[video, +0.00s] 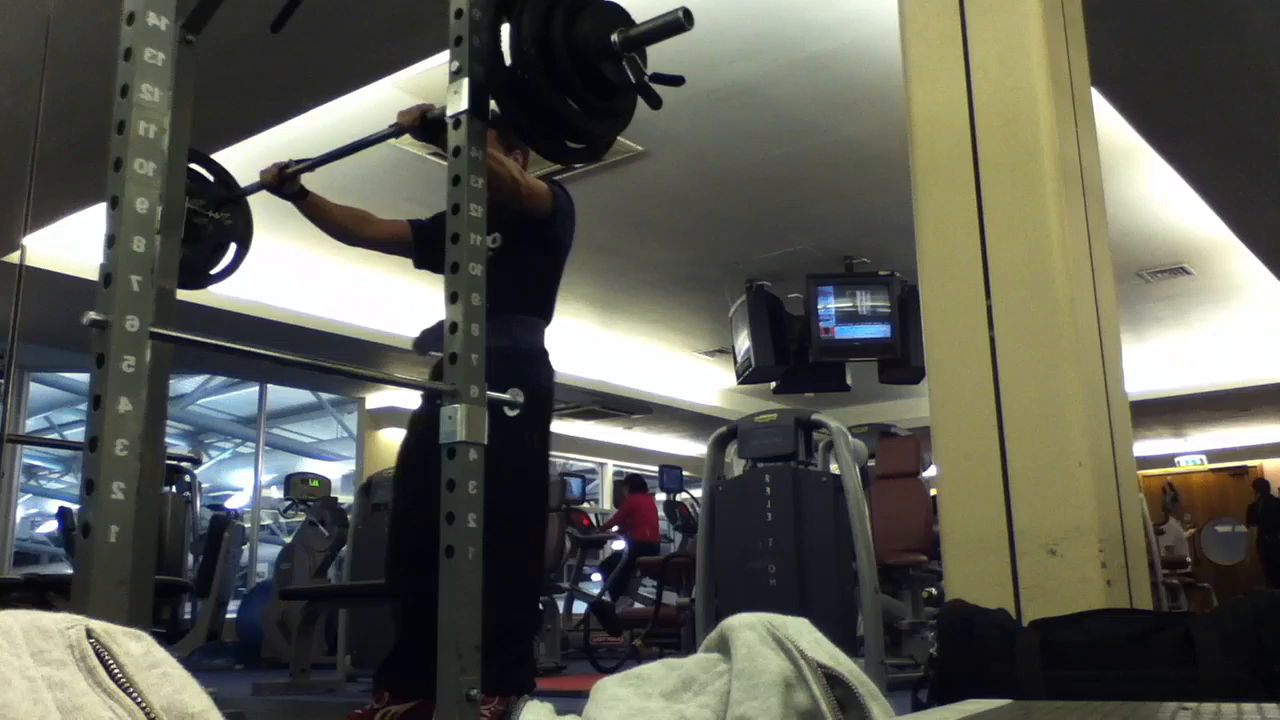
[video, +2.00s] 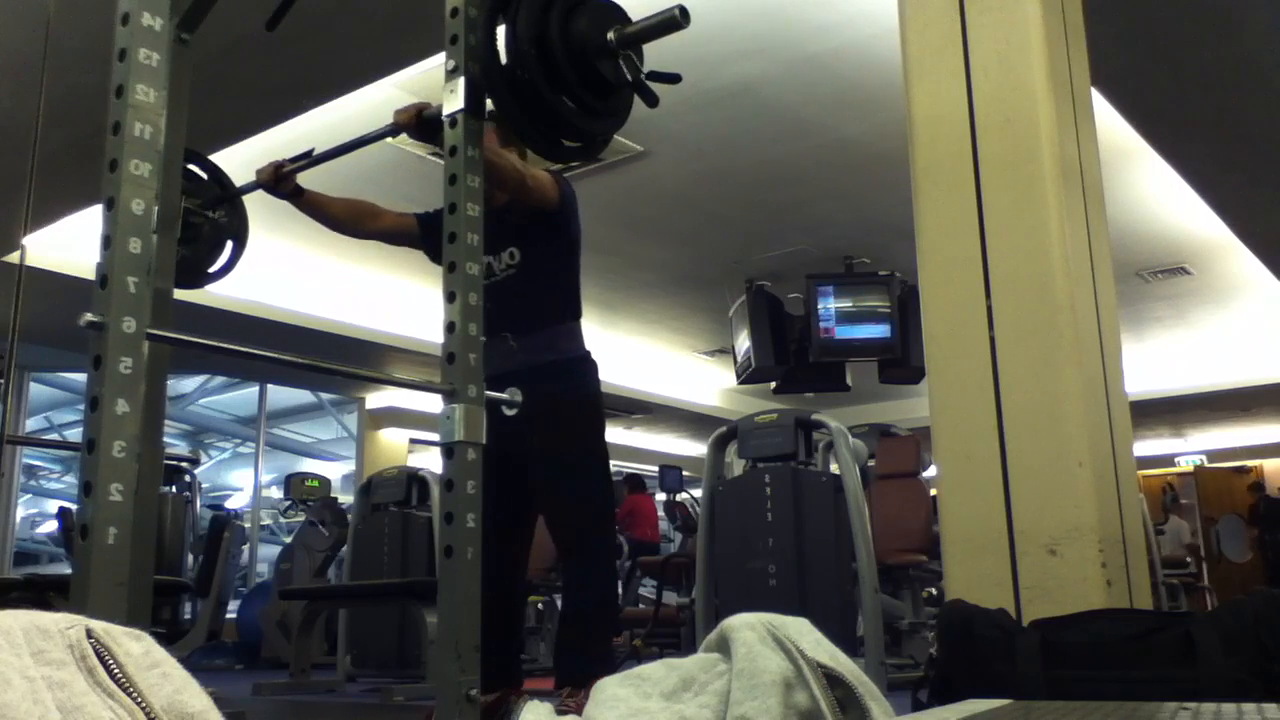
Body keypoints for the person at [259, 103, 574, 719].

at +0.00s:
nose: (473, 160)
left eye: (483, 148)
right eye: (468, 151)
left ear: (516, 152)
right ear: (462, 160)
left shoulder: (552, 206)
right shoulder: (460, 224)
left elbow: (507, 186)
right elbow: (370, 229)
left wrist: (445, 137)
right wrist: (300, 193)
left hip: (514, 383)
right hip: (449, 385)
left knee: (507, 536)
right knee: (415, 530)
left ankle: (504, 686)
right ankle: (409, 684)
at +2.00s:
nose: (468, 158)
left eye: (475, 143)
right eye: (461, 152)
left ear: (503, 140)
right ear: (455, 160)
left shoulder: (552, 197)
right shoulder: (458, 224)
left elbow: (509, 178)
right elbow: (371, 219)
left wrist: (440, 133)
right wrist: (297, 192)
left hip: (560, 391)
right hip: (492, 399)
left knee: (584, 546)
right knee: (494, 551)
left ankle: (579, 689)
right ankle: (500, 689)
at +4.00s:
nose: (463, 169)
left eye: (472, 156)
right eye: (457, 161)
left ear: (496, 151)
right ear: (451, 166)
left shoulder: (541, 202)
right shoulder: (455, 223)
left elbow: (504, 179)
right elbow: (369, 221)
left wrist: (440, 133)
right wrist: (294, 192)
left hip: (540, 384)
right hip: (477, 392)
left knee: (562, 536)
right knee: (488, 545)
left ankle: (579, 684)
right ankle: (498, 687)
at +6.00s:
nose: (469, 165)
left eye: (479, 153)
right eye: (464, 157)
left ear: (513, 156)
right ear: (460, 165)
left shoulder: (543, 209)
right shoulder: (458, 227)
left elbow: (505, 182)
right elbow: (369, 224)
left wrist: (441, 132)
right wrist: (294, 193)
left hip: (537, 384)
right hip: (476, 392)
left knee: (563, 537)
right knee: (489, 546)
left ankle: (579, 684)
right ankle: (499, 687)